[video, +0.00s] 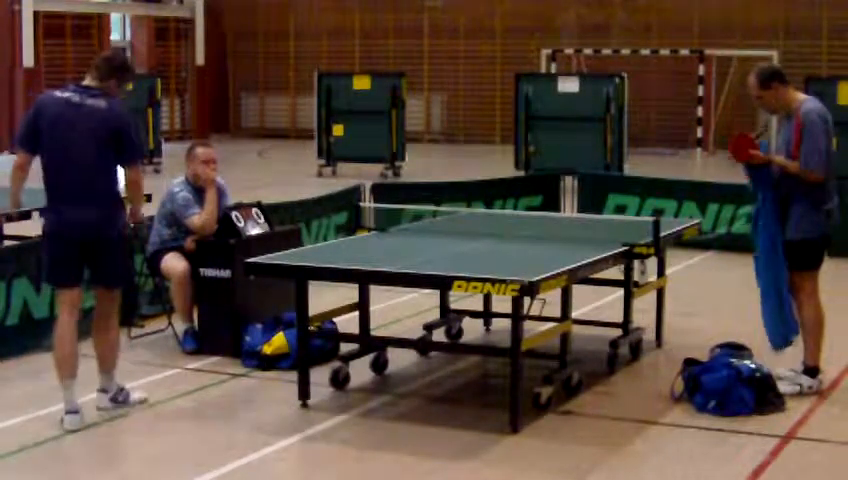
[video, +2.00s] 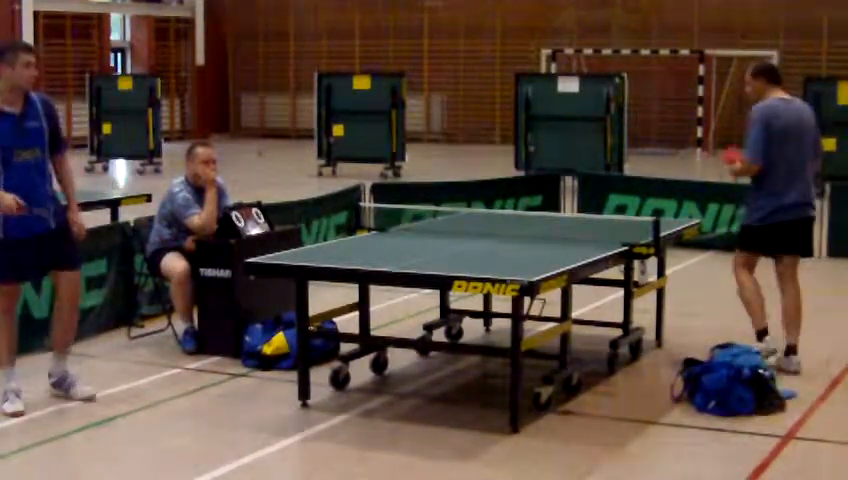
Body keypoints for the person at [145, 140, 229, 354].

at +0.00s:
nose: (212, 168)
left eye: (214, 163)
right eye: (206, 163)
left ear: (217, 164)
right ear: (190, 166)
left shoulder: (218, 187)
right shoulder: (179, 192)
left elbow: (224, 223)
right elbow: (205, 226)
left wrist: (197, 237)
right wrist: (211, 189)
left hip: (199, 241)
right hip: (166, 244)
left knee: (226, 262)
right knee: (181, 269)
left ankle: (221, 320)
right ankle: (188, 327)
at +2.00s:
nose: (212, 168)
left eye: (214, 163)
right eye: (206, 163)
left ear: (217, 165)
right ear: (190, 166)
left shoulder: (217, 187)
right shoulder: (179, 192)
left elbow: (227, 222)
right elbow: (205, 227)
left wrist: (197, 237)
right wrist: (211, 189)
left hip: (198, 241)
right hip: (165, 245)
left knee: (227, 262)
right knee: (181, 269)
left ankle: (222, 322)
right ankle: (188, 327)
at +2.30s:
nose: (212, 168)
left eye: (214, 163)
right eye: (206, 163)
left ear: (216, 165)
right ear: (191, 166)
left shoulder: (217, 187)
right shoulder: (178, 192)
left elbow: (227, 222)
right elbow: (206, 227)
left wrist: (196, 238)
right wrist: (211, 188)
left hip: (199, 241)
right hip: (165, 245)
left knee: (228, 262)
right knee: (181, 269)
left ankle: (223, 322)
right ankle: (188, 327)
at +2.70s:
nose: (212, 168)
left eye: (214, 163)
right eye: (206, 163)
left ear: (217, 165)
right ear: (190, 166)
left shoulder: (217, 187)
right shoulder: (178, 191)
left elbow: (227, 221)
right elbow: (205, 226)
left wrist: (198, 236)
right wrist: (211, 188)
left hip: (199, 240)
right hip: (167, 244)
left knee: (228, 262)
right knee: (181, 269)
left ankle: (224, 321)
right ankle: (188, 327)